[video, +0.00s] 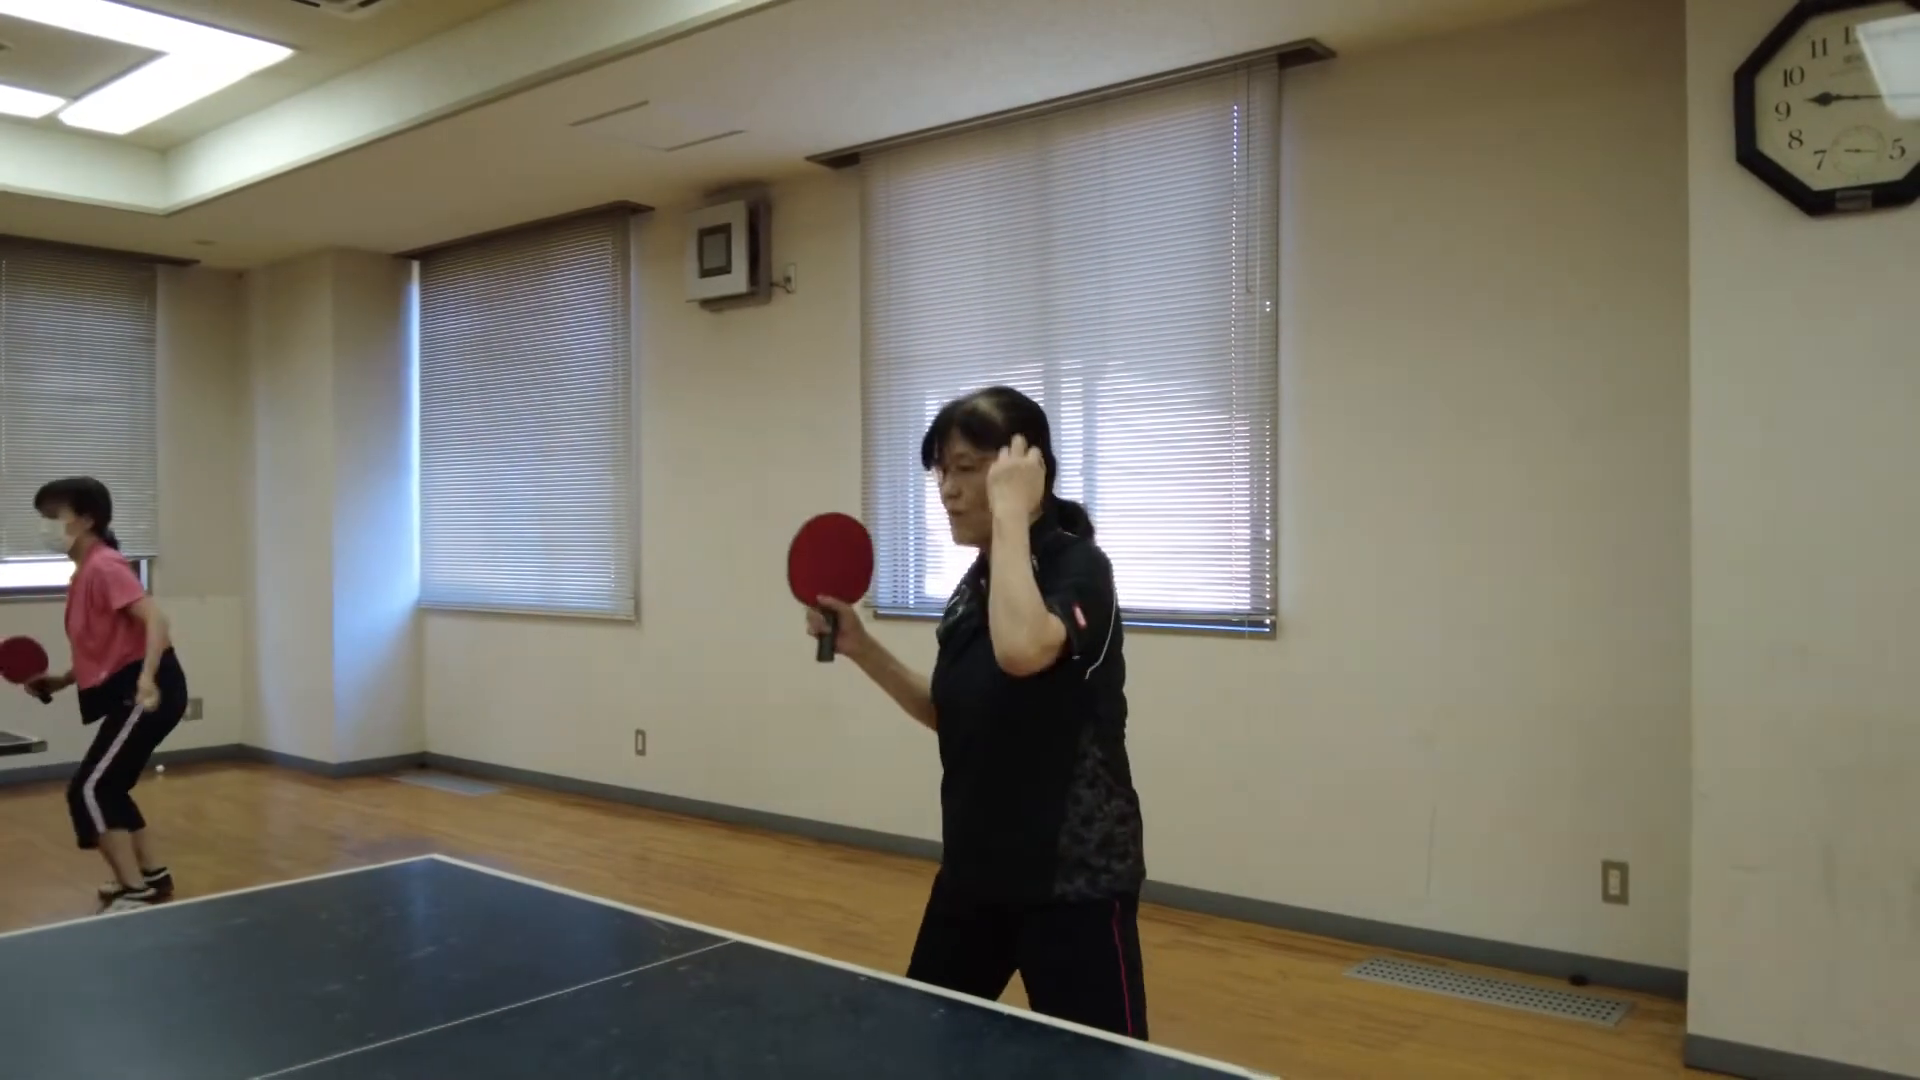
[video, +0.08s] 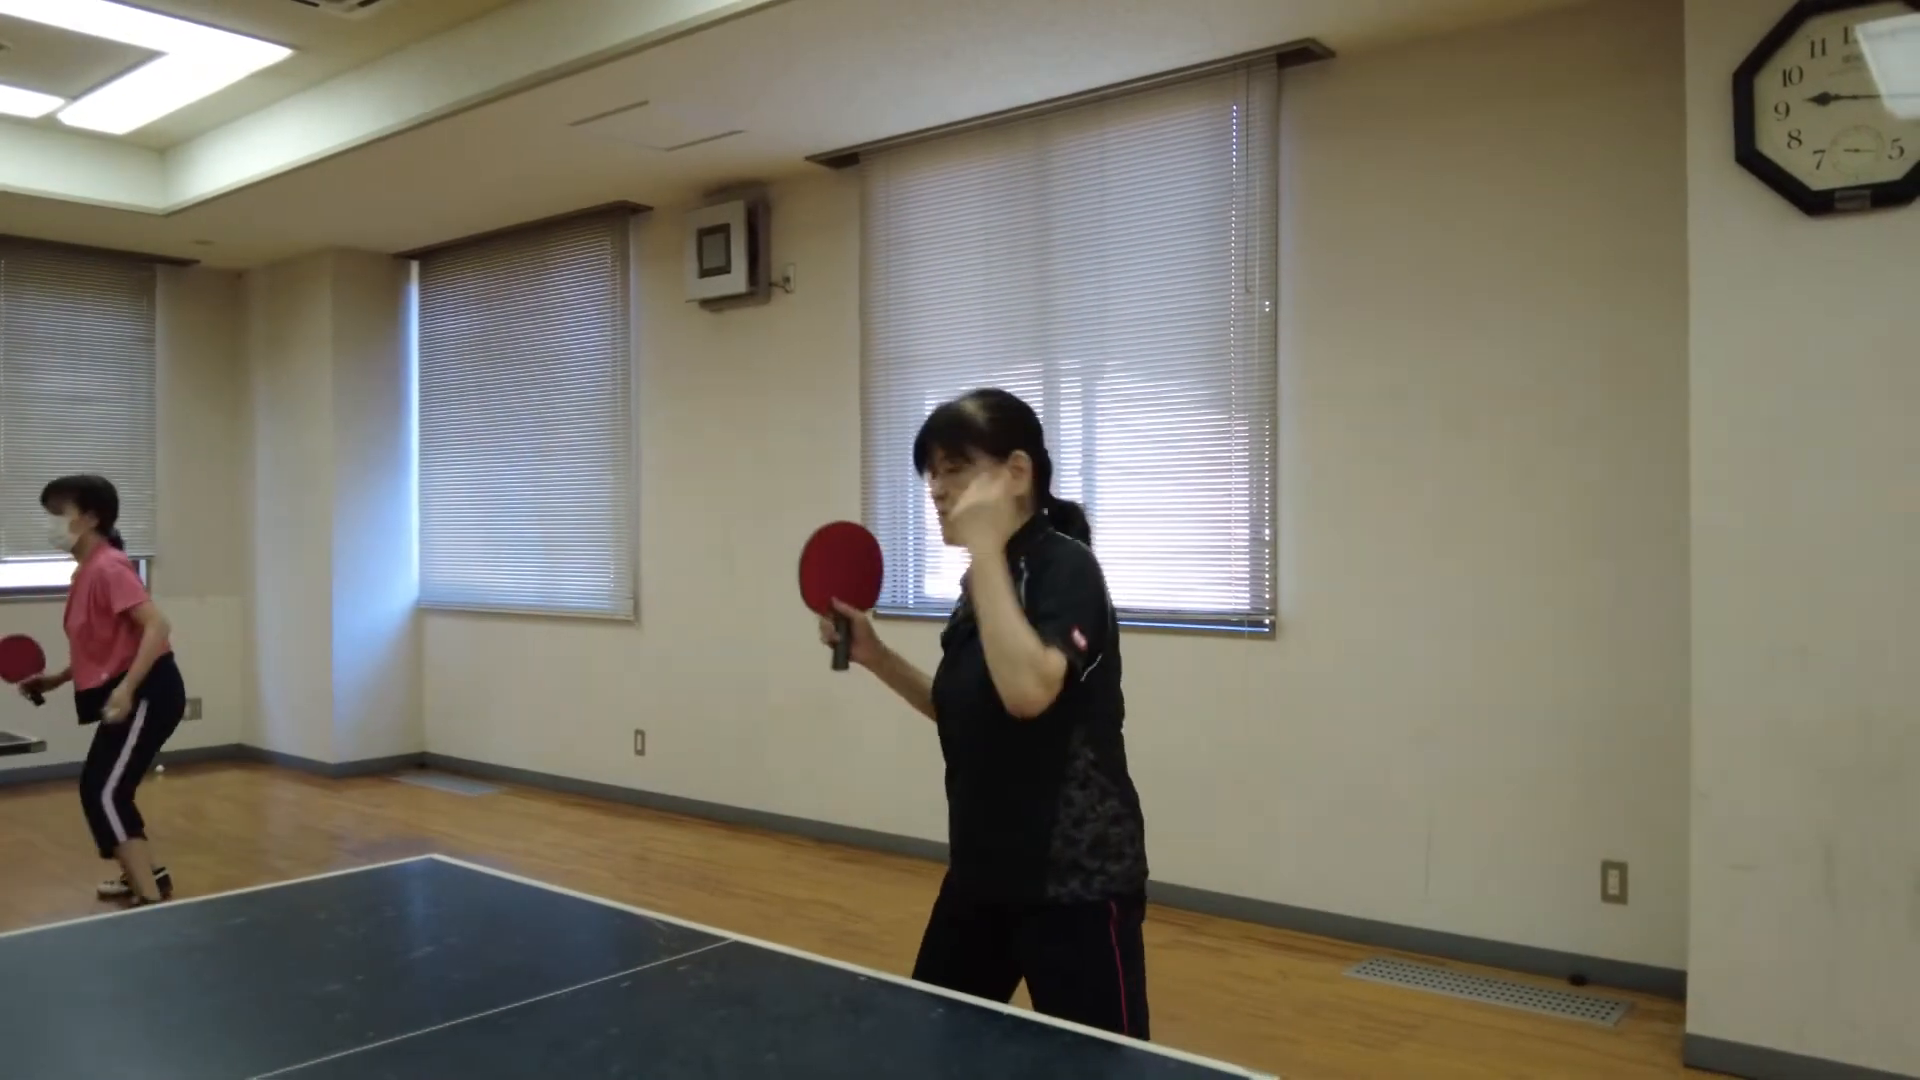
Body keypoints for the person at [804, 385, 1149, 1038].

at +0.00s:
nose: (946, 488)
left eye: (965, 470)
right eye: (941, 471)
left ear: (1021, 474)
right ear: (937, 476)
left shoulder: (1075, 565)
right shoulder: (975, 590)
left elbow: (1023, 648)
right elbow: (951, 713)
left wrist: (1013, 514)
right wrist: (862, 648)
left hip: (1074, 879)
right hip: (979, 869)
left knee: (1103, 1064)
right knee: (919, 1041)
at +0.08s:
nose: (937, 489)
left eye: (956, 468)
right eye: (931, 475)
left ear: (1018, 473)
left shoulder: (1064, 565)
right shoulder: (981, 584)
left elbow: (1029, 690)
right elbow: (963, 714)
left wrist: (984, 549)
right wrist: (875, 655)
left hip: (1077, 877)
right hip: (987, 869)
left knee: (1102, 1064)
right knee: (928, 1042)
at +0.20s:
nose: (911, 506)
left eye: (915, 485)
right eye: (910, 488)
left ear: (960, 482)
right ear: (962, 485)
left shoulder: (1031, 580)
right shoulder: (990, 585)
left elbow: (1028, 732)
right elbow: (994, 715)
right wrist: (887, 669)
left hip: (1068, 889)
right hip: (993, 876)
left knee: (1086, 1062)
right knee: (919, 1033)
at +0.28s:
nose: (893, 511)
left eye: (896, 491)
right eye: (894, 493)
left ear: (925, 494)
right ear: (949, 496)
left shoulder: (998, 589)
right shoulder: (969, 589)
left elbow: (1008, 746)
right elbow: (981, 720)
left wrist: (880, 716)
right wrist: (899, 693)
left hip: (1050, 890)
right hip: (983, 876)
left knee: (1064, 1060)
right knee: (894, 1021)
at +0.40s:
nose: (852, 518)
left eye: (855, 499)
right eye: (853, 500)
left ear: (879, 503)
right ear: (929, 502)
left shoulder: (924, 595)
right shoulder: (945, 587)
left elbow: (934, 751)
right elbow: (957, 717)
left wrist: (838, 738)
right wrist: (870, 703)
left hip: (992, 888)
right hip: (955, 879)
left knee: (1036, 1054)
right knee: (857, 1010)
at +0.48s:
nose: (817, 518)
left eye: (819, 500)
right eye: (819, 501)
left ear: (839, 506)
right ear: (898, 503)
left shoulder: (872, 596)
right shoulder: (925, 587)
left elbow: (871, 748)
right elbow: (937, 721)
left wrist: (783, 766)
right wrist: (841, 720)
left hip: (948, 876)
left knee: (982, 1050)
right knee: (842, 1010)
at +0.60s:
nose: (772, 511)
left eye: (771, 494)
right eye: (770, 495)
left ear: (791, 493)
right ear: (850, 488)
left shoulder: (816, 576)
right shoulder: (893, 565)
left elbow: (829, 717)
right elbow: (960, 688)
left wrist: (740, 802)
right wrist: (869, 720)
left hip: (905, 826)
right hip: (959, 813)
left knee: (866, 994)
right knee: (899, 995)